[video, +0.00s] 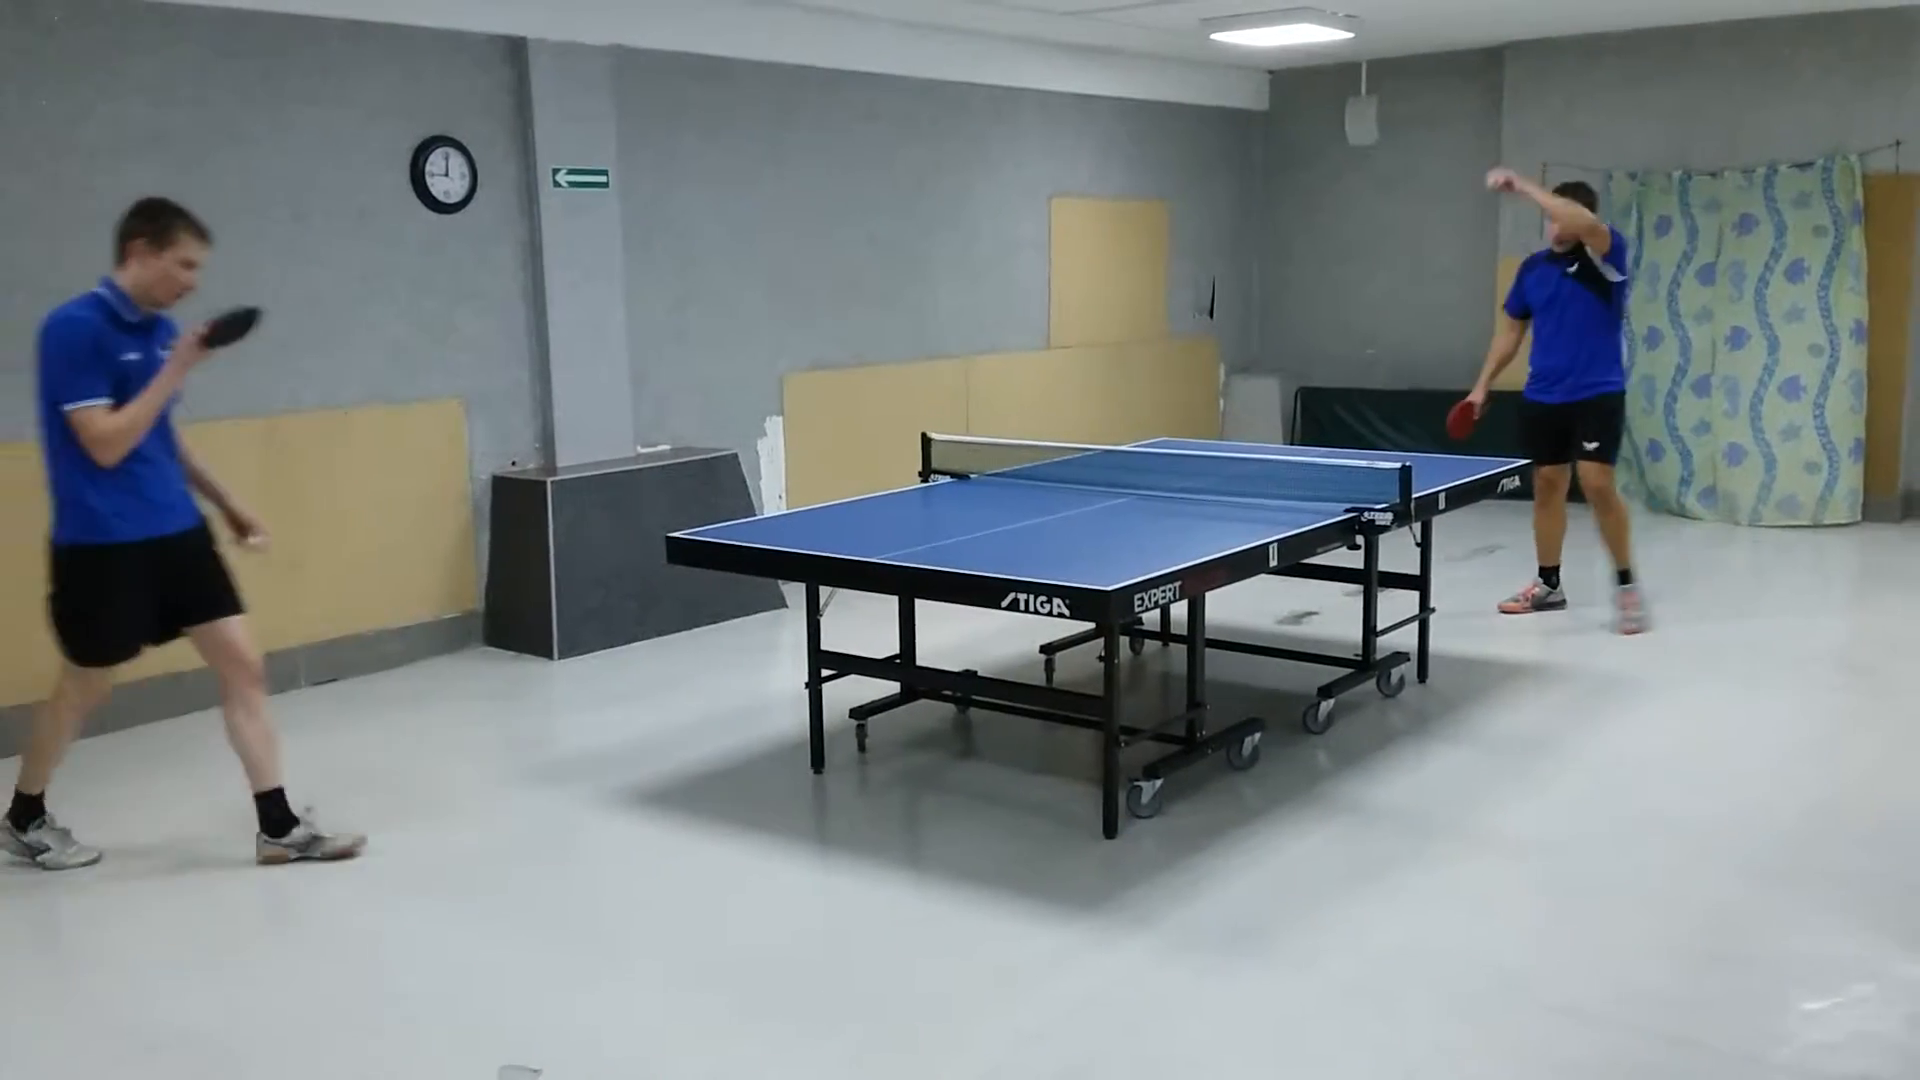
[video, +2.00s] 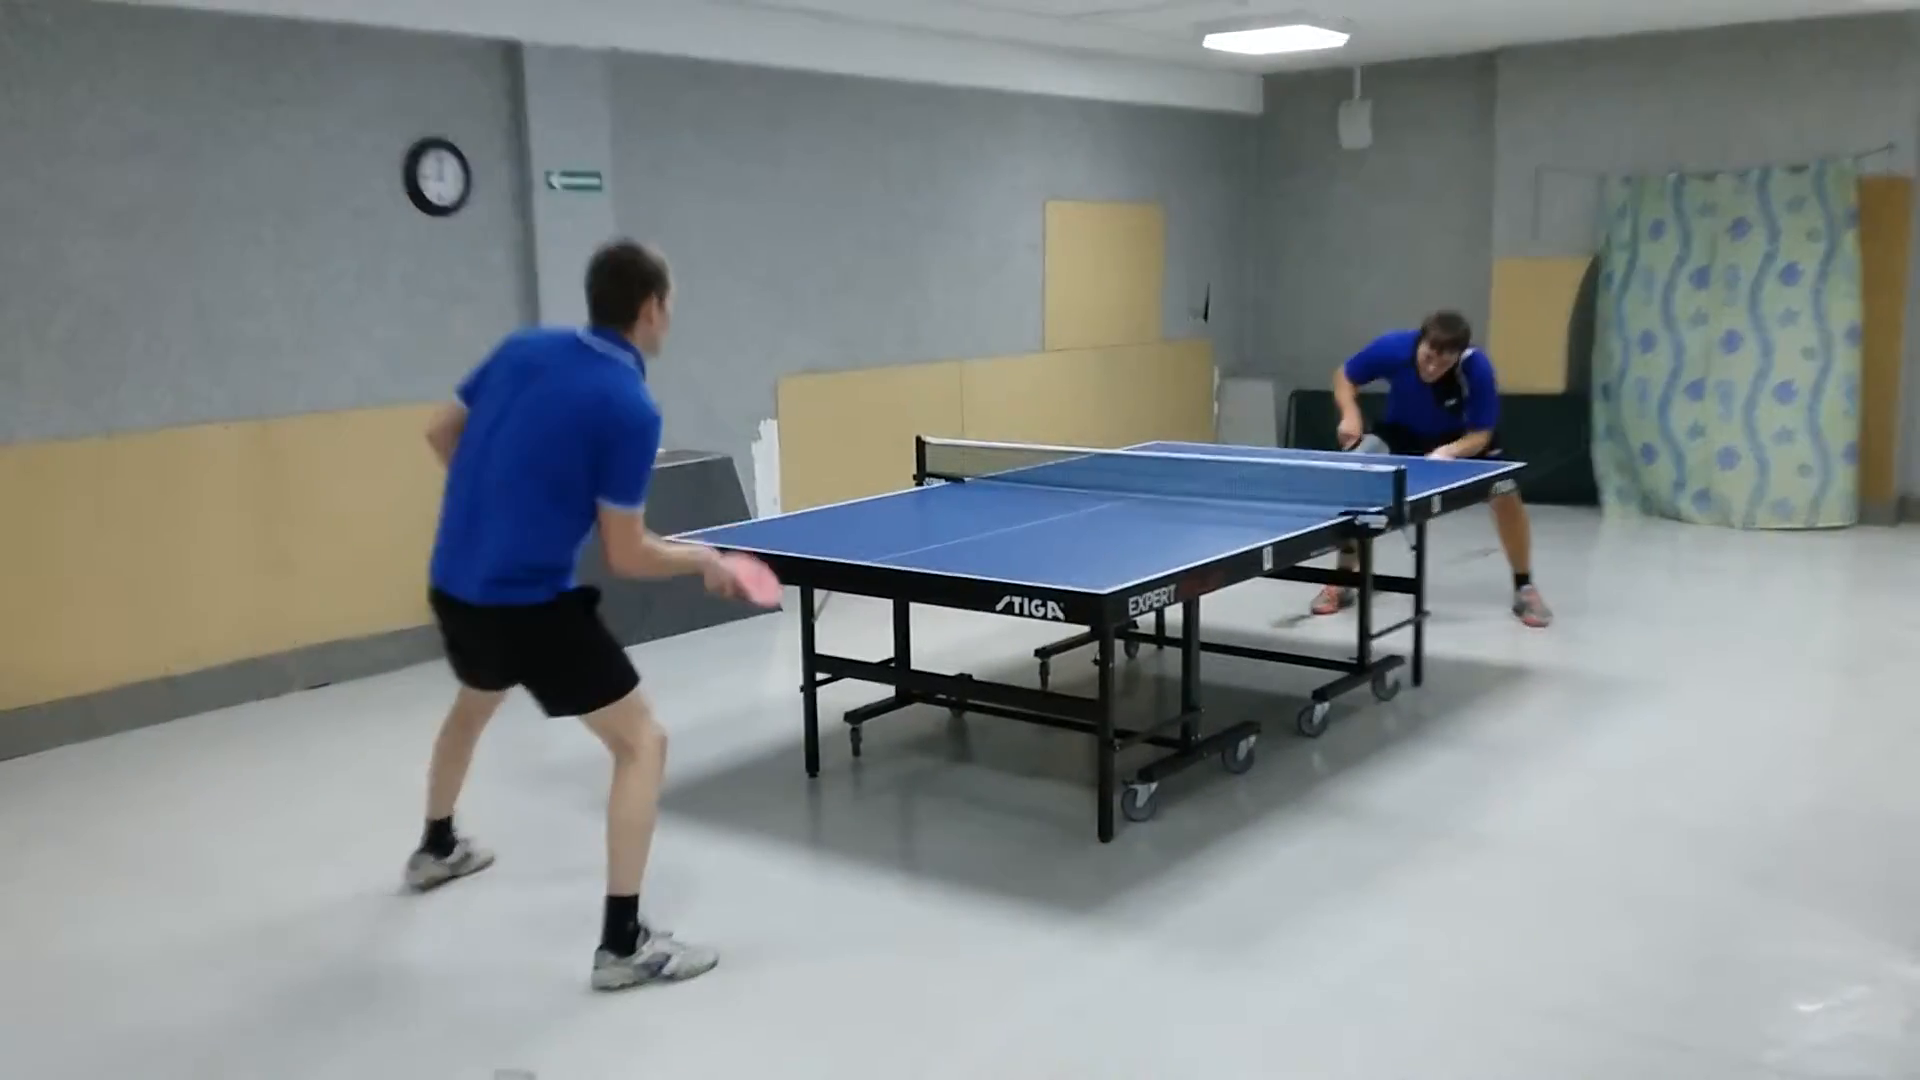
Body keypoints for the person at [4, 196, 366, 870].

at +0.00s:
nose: (191, 283)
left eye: (196, 270)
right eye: (184, 266)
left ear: (158, 260)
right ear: (137, 252)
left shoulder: (160, 333)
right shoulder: (71, 329)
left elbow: (162, 442)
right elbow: (103, 444)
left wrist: (225, 503)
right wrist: (179, 366)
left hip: (177, 536)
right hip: (100, 548)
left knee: (242, 667)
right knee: (84, 687)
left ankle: (278, 824)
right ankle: (23, 816)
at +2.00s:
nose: (669, 318)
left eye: (666, 304)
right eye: (667, 305)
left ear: (596, 303)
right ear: (650, 311)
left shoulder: (526, 348)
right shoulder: (628, 407)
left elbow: (442, 429)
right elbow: (627, 556)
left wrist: (497, 495)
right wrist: (702, 560)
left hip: (456, 582)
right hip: (534, 600)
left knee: (478, 696)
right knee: (641, 742)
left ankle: (435, 846)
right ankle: (623, 942)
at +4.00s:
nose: (360, 220)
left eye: (354, 206)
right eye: (353, 207)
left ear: (275, 218)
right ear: (330, 216)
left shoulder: (212, 291)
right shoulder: (363, 292)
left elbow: (91, 359)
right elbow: (510, 319)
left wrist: (73, 408)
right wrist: (647, 308)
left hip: (237, 555)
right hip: (338, 551)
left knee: (266, 683)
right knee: (430, 721)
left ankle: (212, 856)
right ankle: (447, 920)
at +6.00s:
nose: (122, 404)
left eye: (118, 388)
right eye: (115, 389)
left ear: (47, 396)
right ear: (86, 393)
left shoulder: (11, 454)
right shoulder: (98, 469)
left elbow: (19, 570)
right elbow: (146, 607)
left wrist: (76, 624)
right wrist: (119, 675)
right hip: (27, 682)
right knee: (153, 822)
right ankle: (149, 1032)